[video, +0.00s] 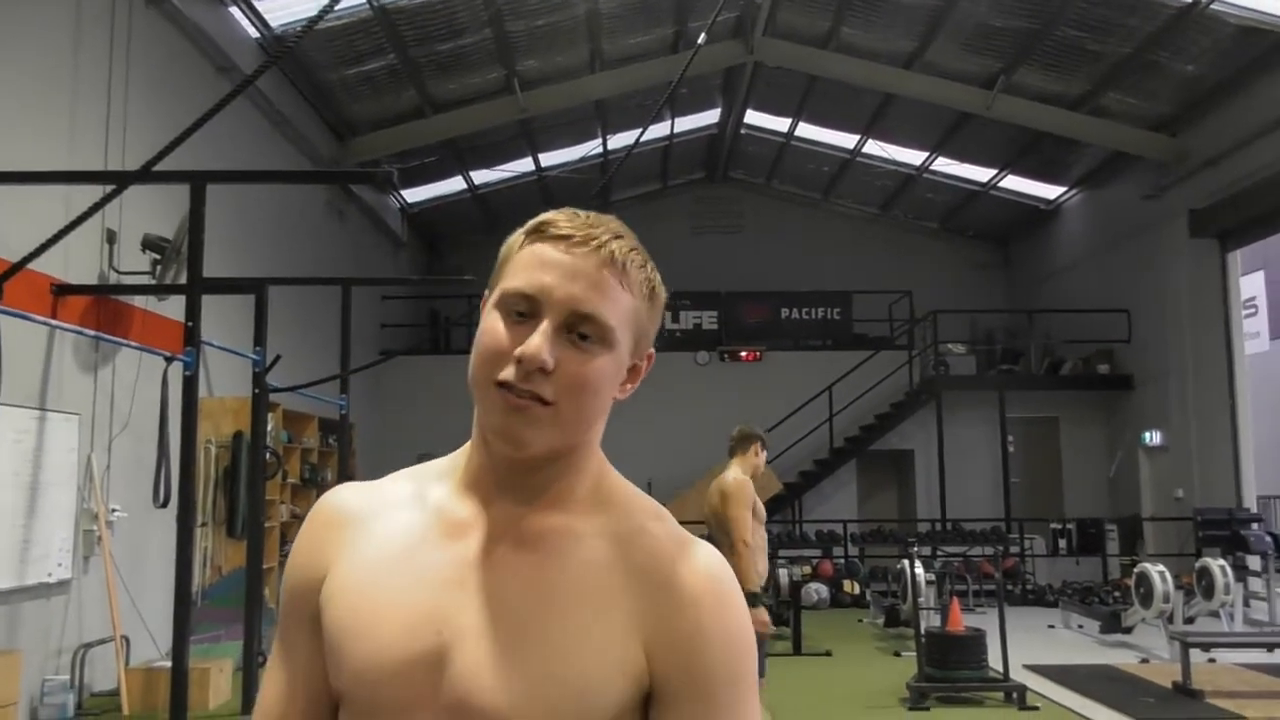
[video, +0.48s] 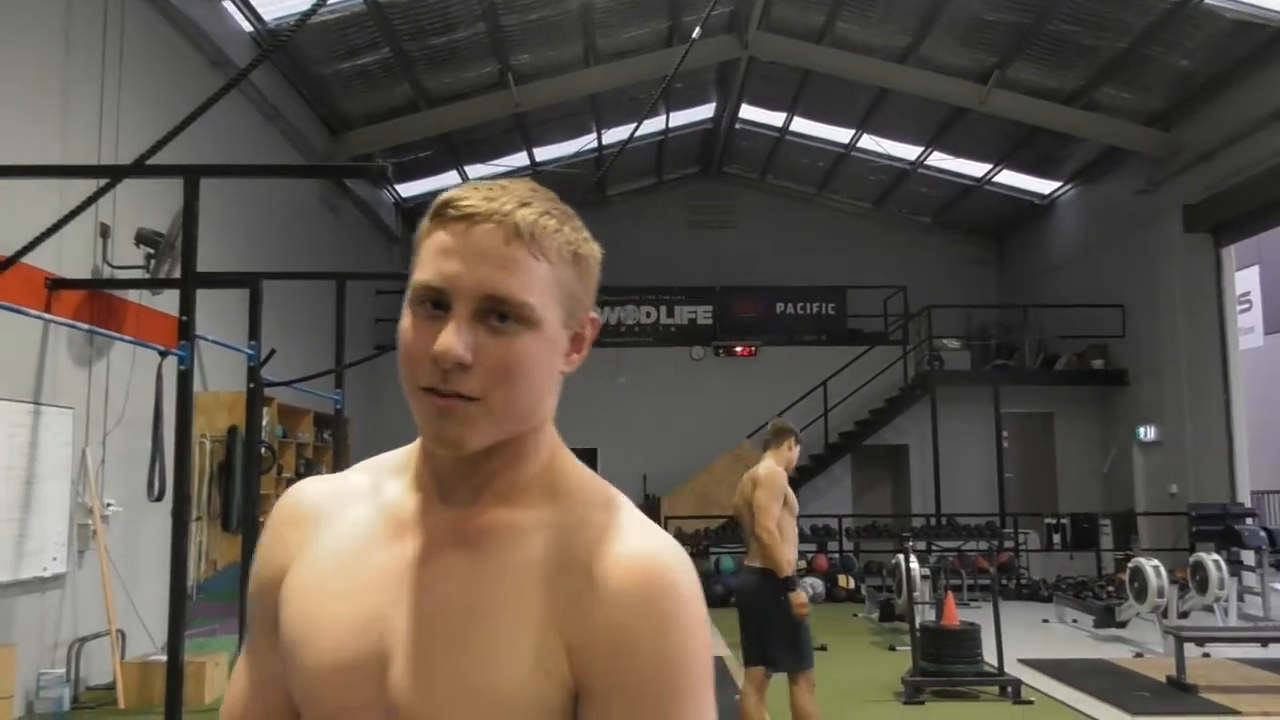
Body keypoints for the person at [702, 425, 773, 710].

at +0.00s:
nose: (764, 463)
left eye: (764, 456)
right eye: (764, 456)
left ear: (734, 451)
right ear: (755, 450)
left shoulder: (719, 485)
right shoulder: (739, 484)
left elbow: (721, 545)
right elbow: (740, 545)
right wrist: (754, 600)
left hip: (731, 592)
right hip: (749, 595)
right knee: (754, 680)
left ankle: (745, 710)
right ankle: (751, 711)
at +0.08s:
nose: (768, 460)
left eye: (767, 453)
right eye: (767, 453)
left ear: (739, 450)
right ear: (759, 449)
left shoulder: (727, 482)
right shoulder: (744, 481)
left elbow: (727, 535)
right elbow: (740, 535)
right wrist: (745, 589)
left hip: (746, 588)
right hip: (753, 589)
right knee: (762, 675)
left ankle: (752, 710)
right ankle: (757, 712)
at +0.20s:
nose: (776, 459)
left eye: (776, 453)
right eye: (776, 452)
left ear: (746, 448)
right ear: (768, 448)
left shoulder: (736, 478)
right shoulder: (750, 474)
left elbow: (734, 531)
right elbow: (739, 525)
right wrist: (744, 578)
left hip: (755, 587)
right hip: (760, 588)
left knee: (762, 686)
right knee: (774, 689)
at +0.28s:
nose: (782, 460)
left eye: (782, 453)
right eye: (782, 452)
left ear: (753, 446)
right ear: (775, 447)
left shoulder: (741, 476)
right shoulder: (756, 473)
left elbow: (740, 531)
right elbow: (744, 524)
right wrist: (754, 579)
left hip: (749, 581)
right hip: (763, 583)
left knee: (757, 680)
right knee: (782, 685)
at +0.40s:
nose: (790, 458)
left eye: (790, 451)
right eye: (789, 451)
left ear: (761, 446)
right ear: (781, 446)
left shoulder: (740, 480)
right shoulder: (764, 474)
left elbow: (745, 536)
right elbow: (755, 530)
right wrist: (775, 585)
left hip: (747, 580)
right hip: (768, 582)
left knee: (752, 677)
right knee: (790, 682)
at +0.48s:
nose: (796, 458)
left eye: (798, 452)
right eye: (797, 451)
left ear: (769, 445)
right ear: (790, 445)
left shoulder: (750, 477)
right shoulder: (772, 472)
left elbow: (752, 534)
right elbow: (766, 530)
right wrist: (791, 583)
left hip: (751, 578)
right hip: (774, 580)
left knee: (755, 676)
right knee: (803, 678)